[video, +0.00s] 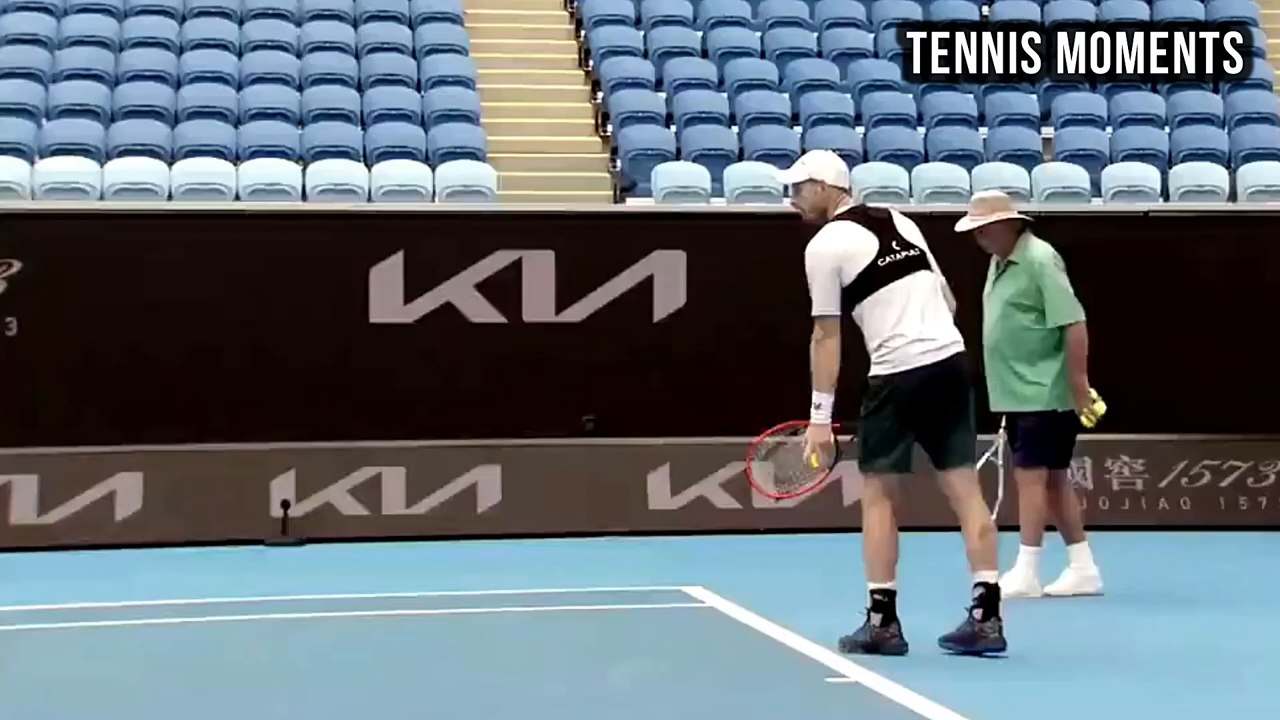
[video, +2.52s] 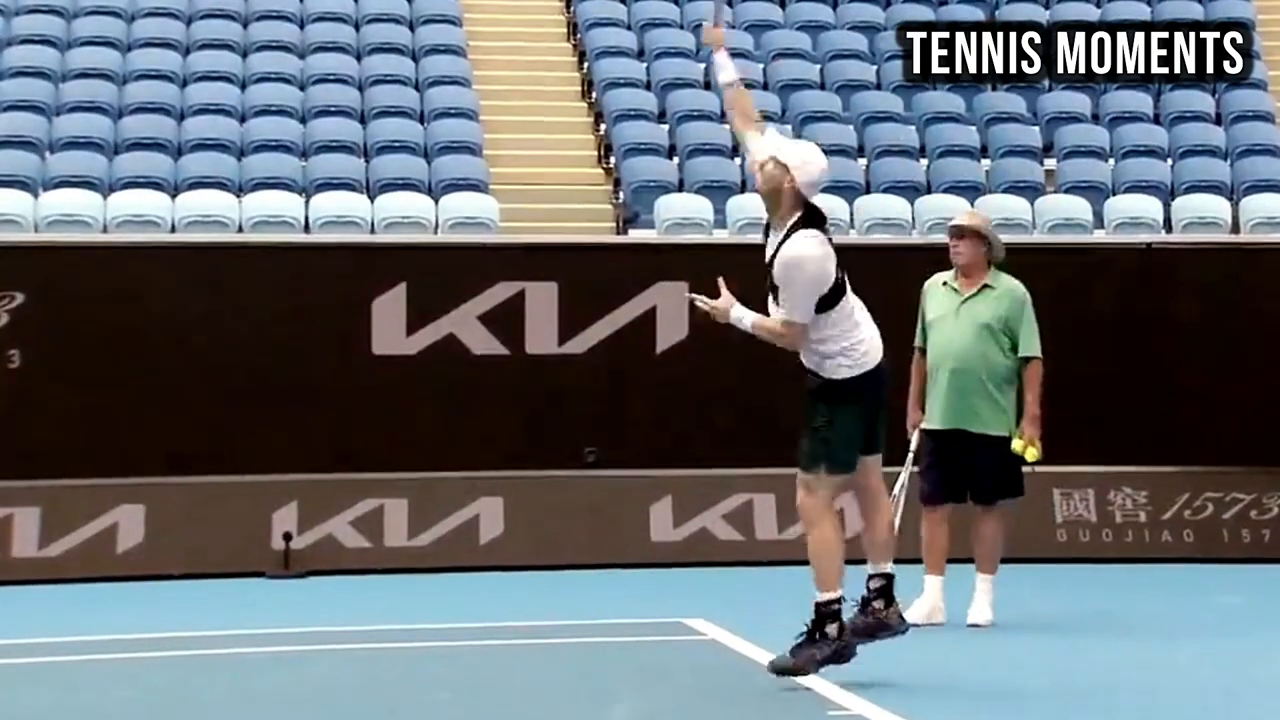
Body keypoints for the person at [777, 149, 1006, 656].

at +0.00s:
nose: (793, 199)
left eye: (800, 188)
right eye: (792, 189)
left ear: (827, 187)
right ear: (837, 190)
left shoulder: (826, 244)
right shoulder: (898, 219)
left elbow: (826, 337)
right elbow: (947, 297)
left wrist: (821, 418)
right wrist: (933, 351)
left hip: (896, 374)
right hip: (951, 364)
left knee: (878, 495)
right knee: (964, 490)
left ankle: (882, 623)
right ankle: (987, 619)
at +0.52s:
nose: (794, 215)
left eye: (800, 205)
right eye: (794, 205)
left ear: (826, 207)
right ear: (841, 208)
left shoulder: (822, 261)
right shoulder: (890, 232)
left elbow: (791, 349)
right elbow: (901, 325)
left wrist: (754, 423)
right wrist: (843, 379)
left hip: (909, 380)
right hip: (965, 366)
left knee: (886, 500)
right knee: (1006, 488)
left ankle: (885, 626)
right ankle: (1059, 605)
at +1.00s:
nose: (887, 225)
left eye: (891, 216)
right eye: (887, 216)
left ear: (912, 217)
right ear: (939, 217)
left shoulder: (906, 277)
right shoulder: (988, 246)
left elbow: (907, 368)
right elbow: (1001, 325)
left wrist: (904, 446)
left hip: (975, 404)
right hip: (1033, 394)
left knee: (923, 511)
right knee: (1041, 517)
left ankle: (886, 630)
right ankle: (1068, 630)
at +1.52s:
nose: (991, 211)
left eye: (992, 208)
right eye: (1000, 208)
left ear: (994, 218)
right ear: (1036, 219)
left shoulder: (969, 259)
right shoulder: (1067, 275)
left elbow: (917, 221)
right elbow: (1108, 334)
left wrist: (887, 176)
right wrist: (1116, 376)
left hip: (975, 431)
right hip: (1039, 432)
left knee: (927, 527)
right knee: (1051, 548)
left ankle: (897, 642)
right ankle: (1069, 647)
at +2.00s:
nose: (919, 213)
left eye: (920, 214)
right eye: (937, 213)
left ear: (919, 238)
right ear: (962, 245)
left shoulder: (889, 250)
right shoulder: (972, 293)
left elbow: (886, 165)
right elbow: (1050, 288)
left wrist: (889, 86)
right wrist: (1074, 230)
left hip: (857, 431)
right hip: (918, 435)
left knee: (847, 539)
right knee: (930, 538)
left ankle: (881, 651)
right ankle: (972, 605)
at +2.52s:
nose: (759, 165)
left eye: (767, 161)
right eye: (763, 158)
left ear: (787, 180)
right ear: (786, 179)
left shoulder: (801, 254)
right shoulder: (787, 203)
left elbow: (791, 335)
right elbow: (746, 123)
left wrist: (735, 315)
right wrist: (719, 53)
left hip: (840, 375)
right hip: (860, 362)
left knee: (814, 500)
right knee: (868, 479)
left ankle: (829, 625)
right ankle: (881, 601)